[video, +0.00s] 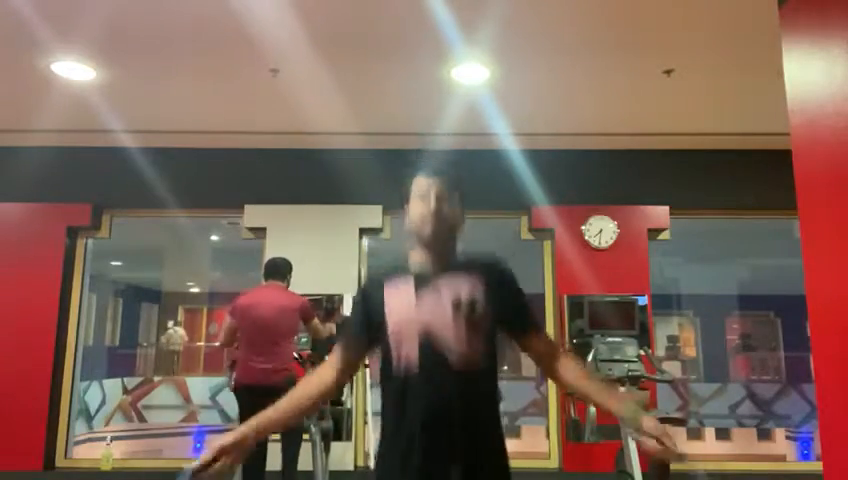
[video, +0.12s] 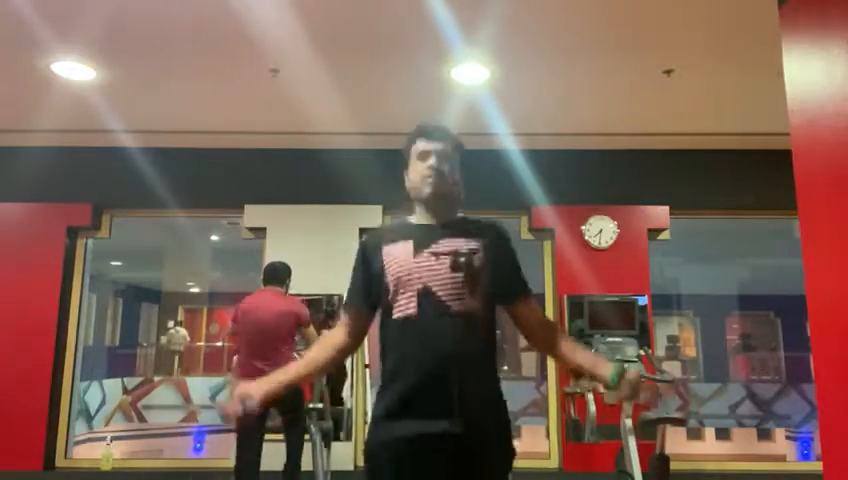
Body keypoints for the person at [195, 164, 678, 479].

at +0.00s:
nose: (427, 209)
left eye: (439, 200)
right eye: (418, 199)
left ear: (460, 215)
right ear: (404, 212)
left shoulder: (489, 281)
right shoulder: (378, 292)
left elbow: (552, 359)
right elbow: (327, 376)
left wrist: (629, 410)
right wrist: (244, 435)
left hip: (478, 462)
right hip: (401, 463)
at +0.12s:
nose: (434, 165)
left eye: (445, 159)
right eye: (423, 158)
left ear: (460, 176)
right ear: (405, 176)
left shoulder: (490, 239)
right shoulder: (378, 246)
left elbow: (540, 330)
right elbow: (345, 334)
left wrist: (605, 371)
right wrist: (269, 385)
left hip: (479, 426)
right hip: (400, 427)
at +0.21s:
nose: (437, 172)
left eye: (448, 165)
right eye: (426, 164)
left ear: (461, 180)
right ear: (406, 178)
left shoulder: (488, 241)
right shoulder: (376, 249)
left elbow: (542, 329)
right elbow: (343, 336)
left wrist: (619, 365)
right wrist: (262, 375)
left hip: (477, 432)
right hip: (399, 432)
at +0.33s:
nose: (424, 223)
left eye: (436, 215)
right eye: (416, 215)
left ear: (458, 228)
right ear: (404, 227)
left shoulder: (490, 295)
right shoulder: (376, 301)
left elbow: (558, 369)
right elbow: (322, 380)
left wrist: (639, 402)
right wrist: (230, 405)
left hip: (471, 464)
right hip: (395, 463)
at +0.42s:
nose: (433, 251)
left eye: (444, 243)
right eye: (421, 244)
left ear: (461, 260)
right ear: (404, 261)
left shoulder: (491, 323)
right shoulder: (375, 331)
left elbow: (560, 398)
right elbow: (315, 407)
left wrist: (650, 437)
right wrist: (215, 443)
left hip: (472, 473)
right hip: (399, 474)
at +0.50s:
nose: (427, 215)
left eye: (438, 207)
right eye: (417, 206)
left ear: (456, 220)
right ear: (401, 220)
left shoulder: (487, 291)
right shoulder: (375, 299)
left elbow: (550, 379)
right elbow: (322, 385)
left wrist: (624, 432)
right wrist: (236, 442)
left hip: (472, 466)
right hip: (397, 466)